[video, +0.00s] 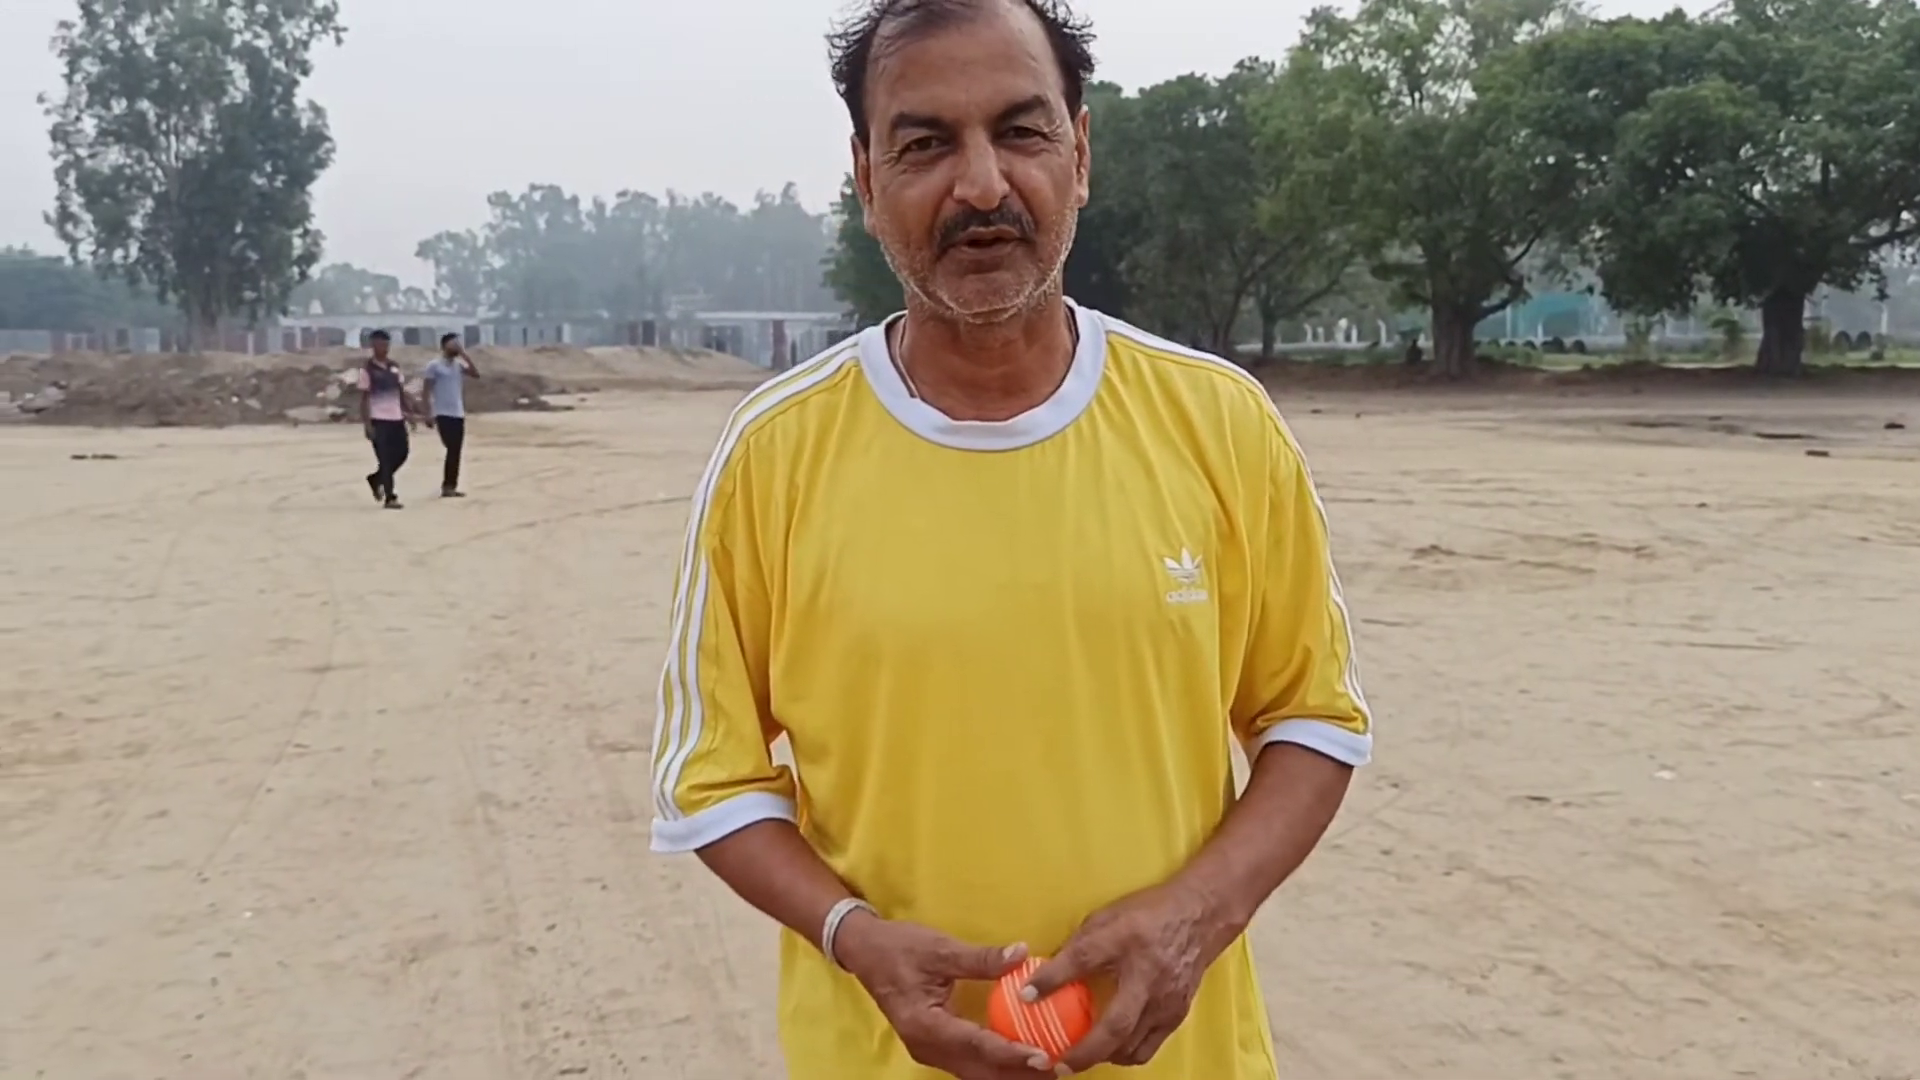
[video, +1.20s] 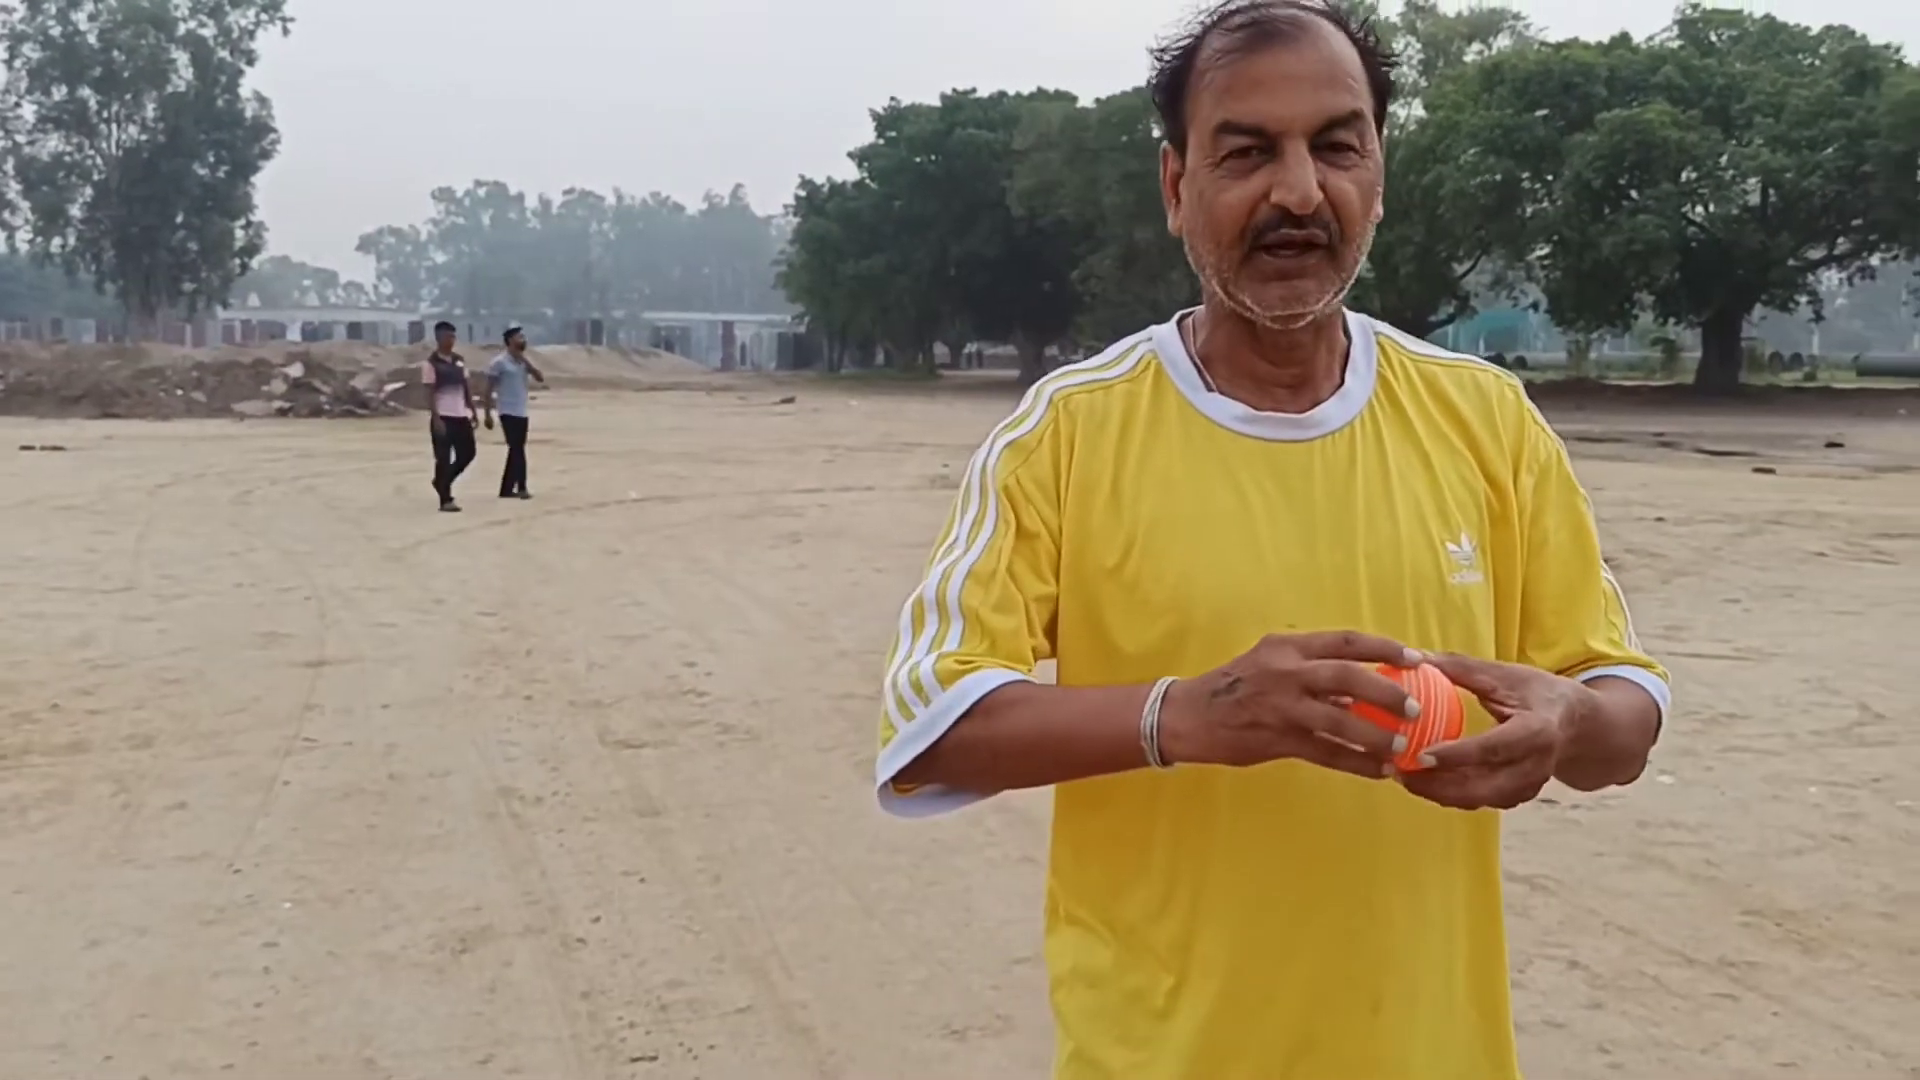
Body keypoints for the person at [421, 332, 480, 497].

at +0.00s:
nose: (456, 347)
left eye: (457, 343)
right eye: (453, 343)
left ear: (458, 346)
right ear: (445, 346)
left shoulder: (457, 365)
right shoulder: (434, 366)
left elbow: (475, 374)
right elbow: (426, 391)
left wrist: (464, 355)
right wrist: (428, 414)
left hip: (458, 413)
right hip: (443, 413)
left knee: (456, 450)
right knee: (452, 449)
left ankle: (452, 485)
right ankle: (447, 485)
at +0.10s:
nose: (469, 349)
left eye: (470, 345)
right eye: (465, 345)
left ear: (471, 348)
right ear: (457, 348)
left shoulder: (472, 368)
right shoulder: (448, 369)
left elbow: (488, 377)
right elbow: (438, 393)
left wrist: (477, 357)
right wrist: (440, 417)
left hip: (470, 415)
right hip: (456, 415)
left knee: (463, 453)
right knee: (467, 453)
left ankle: (455, 487)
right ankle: (478, 485)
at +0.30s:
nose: (490, 348)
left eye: (491, 344)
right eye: (487, 345)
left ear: (491, 347)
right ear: (478, 348)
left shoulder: (493, 367)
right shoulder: (469, 370)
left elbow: (509, 378)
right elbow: (463, 396)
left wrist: (498, 359)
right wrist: (464, 420)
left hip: (493, 415)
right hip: (479, 415)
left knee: (487, 451)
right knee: (491, 451)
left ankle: (466, 479)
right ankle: (499, 487)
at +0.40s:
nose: (499, 345)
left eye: (499, 342)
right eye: (495, 342)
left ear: (500, 345)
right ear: (487, 346)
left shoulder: (502, 364)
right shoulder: (479, 367)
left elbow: (520, 376)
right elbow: (475, 395)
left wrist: (507, 355)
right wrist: (478, 417)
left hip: (504, 414)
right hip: (489, 415)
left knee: (509, 448)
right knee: (499, 452)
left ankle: (484, 471)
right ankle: (502, 488)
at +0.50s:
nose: (510, 342)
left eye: (510, 339)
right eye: (506, 339)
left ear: (511, 342)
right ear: (498, 343)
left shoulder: (512, 362)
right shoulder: (490, 365)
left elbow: (530, 373)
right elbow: (487, 392)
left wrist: (516, 353)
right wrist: (493, 413)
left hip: (516, 414)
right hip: (499, 415)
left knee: (524, 448)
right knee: (501, 453)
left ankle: (507, 475)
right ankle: (504, 485)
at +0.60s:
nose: (521, 343)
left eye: (521, 339)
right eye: (517, 340)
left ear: (521, 343)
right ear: (509, 343)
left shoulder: (522, 361)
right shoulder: (500, 364)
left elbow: (539, 373)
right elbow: (499, 389)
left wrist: (526, 353)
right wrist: (508, 407)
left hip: (526, 414)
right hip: (508, 415)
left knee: (537, 449)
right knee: (507, 454)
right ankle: (508, 487)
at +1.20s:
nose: (523, 341)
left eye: (523, 337)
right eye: (519, 338)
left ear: (521, 341)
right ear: (509, 341)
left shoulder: (521, 362)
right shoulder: (499, 363)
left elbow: (539, 377)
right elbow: (488, 389)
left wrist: (524, 360)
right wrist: (488, 414)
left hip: (521, 412)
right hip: (507, 412)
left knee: (516, 452)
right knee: (517, 450)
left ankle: (507, 488)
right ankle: (521, 486)